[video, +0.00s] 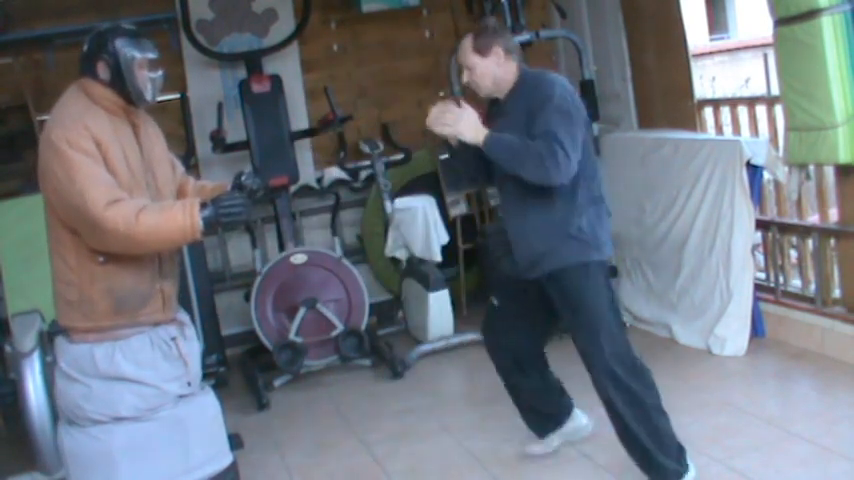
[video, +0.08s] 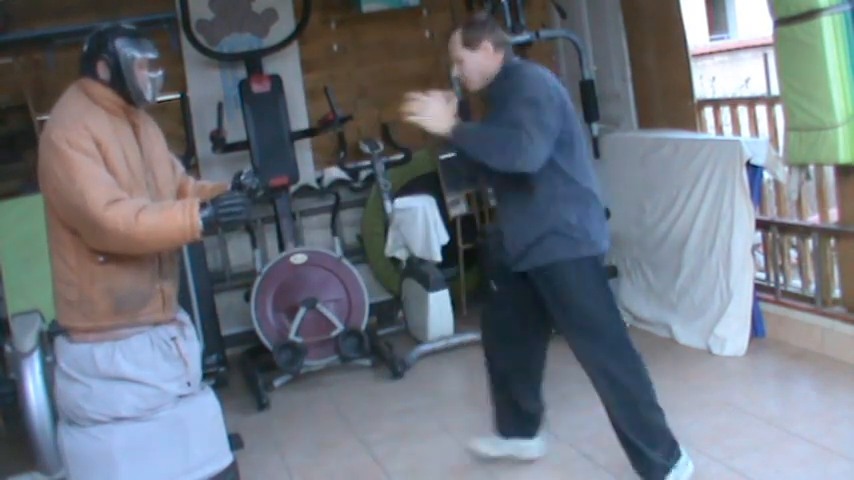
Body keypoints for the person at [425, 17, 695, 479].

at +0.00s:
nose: (465, 80)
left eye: (469, 69)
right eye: (462, 71)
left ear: (497, 58)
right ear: (490, 63)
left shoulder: (553, 92)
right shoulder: (495, 111)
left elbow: (555, 165)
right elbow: (466, 176)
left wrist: (480, 136)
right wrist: (455, 138)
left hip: (574, 251)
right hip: (528, 257)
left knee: (608, 360)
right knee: (505, 336)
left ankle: (672, 469)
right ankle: (559, 421)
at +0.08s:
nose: (456, 71)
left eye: (460, 60)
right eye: (454, 62)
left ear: (488, 49)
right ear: (483, 53)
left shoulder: (530, 81)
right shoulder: (502, 95)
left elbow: (525, 151)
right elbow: (490, 162)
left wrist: (452, 127)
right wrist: (452, 133)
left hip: (563, 238)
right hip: (524, 242)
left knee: (604, 350)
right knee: (508, 334)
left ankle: (664, 463)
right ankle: (519, 434)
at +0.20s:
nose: (445, 90)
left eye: (449, 79)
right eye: (443, 81)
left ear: (478, 70)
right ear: (477, 72)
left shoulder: (509, 107)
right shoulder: (501, 104)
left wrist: (400, 108)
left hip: (556, 259)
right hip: (521, 261)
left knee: (602, 364)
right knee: (487, 346)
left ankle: (675, 463)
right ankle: (464, 440)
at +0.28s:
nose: (429, 89)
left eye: (434, 79)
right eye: (428, 81)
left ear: (462, 73)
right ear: (463, 74)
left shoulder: (491, 110)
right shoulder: (488, 108)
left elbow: (413, 136)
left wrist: (397, 87)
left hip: (536, 262)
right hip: (501, 265)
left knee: (587, 364)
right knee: (462, 345)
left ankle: (671, 457)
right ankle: (455, 446)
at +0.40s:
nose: (415, 84)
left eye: (420, 74)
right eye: (414, 76)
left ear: (450, 69)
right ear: (450, 71)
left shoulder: (477, 108)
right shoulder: (465, 107)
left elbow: (404, 133)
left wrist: (378, 80)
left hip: (490, 260)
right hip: (458, 259)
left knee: (476, 354)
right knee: (427, 352)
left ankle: (575, 424)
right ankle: (450, 447)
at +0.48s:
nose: (416, 91)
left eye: (420, 81)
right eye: (414, 83)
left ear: (448, 73)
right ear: (447, 75)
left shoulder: (481, 116)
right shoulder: (469, 113)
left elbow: (420, 151)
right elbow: (424, 154)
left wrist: (384, 99)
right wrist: (386, 133)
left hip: (463, 250)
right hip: (450, 247)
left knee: (399, 328)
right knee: (415, 341)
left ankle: (452, 439)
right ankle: (439, 447)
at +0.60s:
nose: (415, 96)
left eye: (421, 88)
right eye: (414, 88)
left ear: (453, 84)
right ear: (449, 84)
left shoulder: (486, 129)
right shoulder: (440, 120)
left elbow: (460, 196)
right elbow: (401, 166)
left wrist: (409, 140)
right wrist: (380, 135)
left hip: (432, 256)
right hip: (408, 249)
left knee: (337, 309)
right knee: (401, 350)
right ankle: (449, 444)